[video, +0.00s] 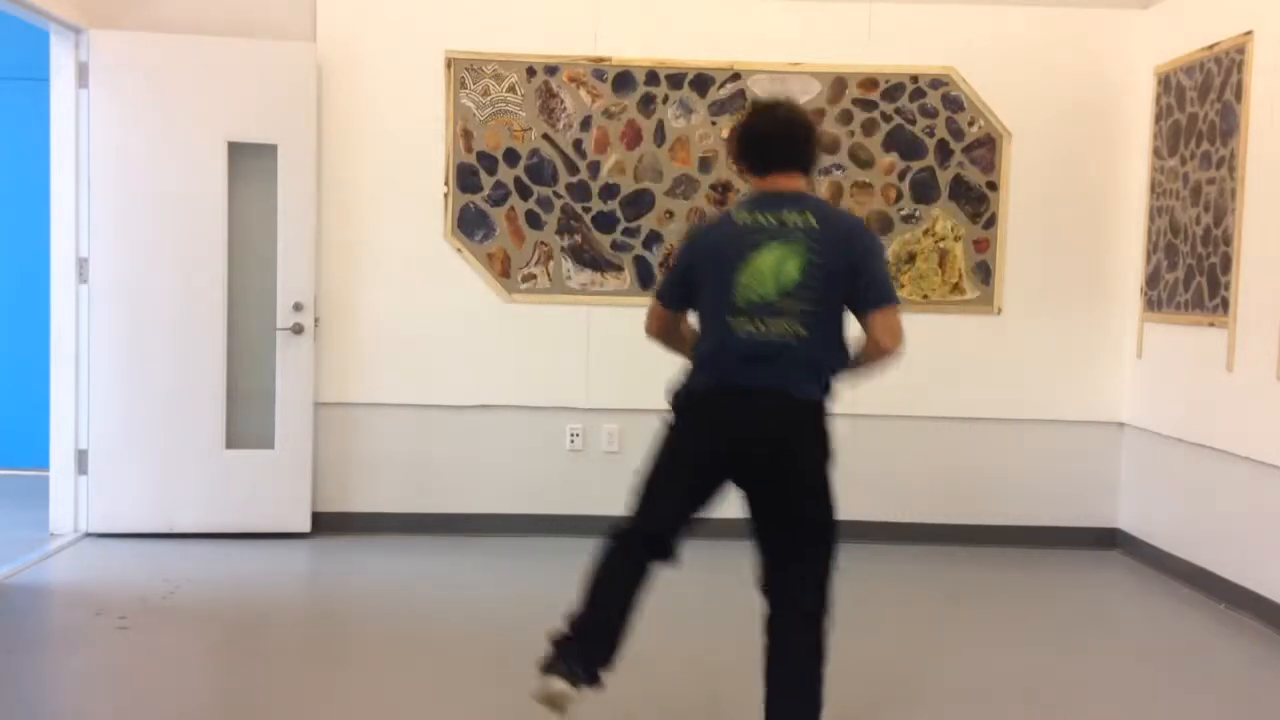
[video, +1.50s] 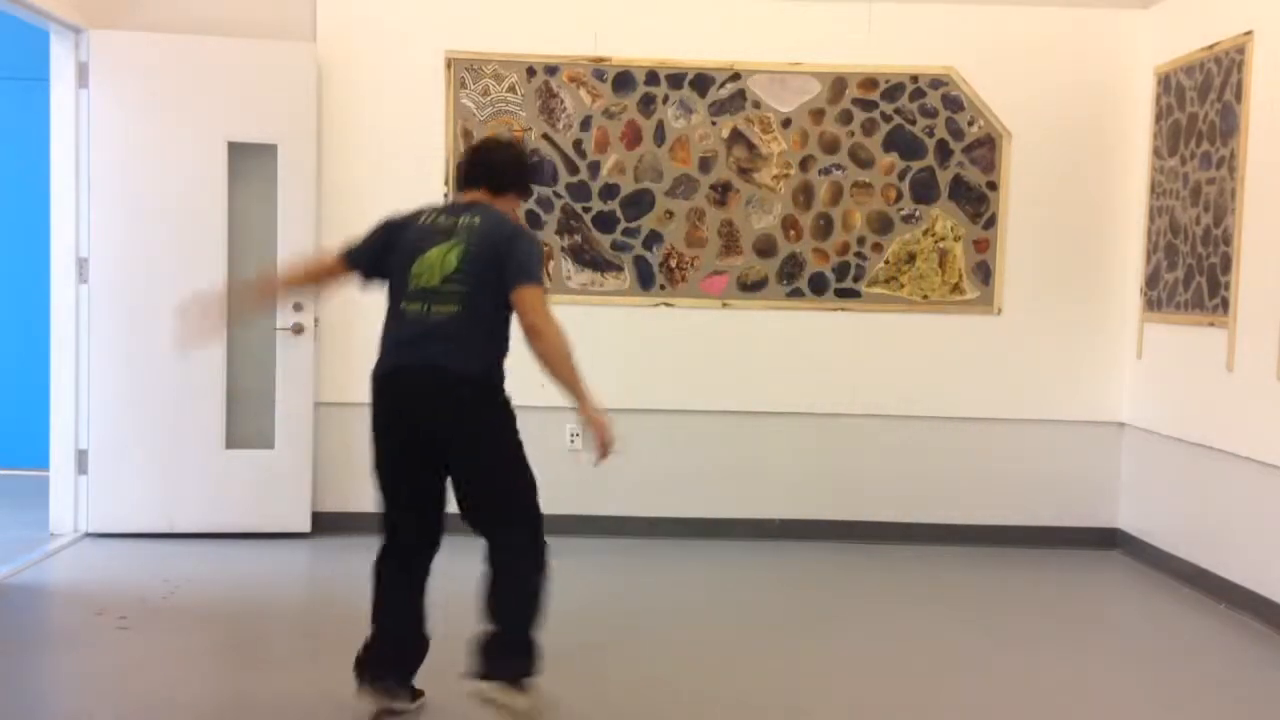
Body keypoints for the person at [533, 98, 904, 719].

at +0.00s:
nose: (741, 169)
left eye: (741, 159)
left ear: (743, 162)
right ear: (810, 159)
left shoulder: (716, 233)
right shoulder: (847, 234)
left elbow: (660, 324)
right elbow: (886, 338)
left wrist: (714, 351)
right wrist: (833, 362)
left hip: (709, 417)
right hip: (791, 424)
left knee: (643, 536)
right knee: (798, 584)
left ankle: (573, 664)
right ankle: (793, 711)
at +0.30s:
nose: (623, 190)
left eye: (621, 181)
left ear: (627, 180)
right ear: (688, 172)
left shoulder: (606, 245)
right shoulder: (727, 250)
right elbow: (716, 340)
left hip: (603, 440)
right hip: (684, 448)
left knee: (536, 571)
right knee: (675, 607)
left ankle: (450, 691)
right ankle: (675, 715)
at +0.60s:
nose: (479, 192)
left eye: (480, 182)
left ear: (484, 186)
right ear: (546, 183)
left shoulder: (462, 248)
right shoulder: (583, 255)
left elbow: (396, 325)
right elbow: (601, 363)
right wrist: (596, 454)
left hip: (474, 425)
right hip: (553, 430)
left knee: (434, 558)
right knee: (533, 547)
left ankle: (427, 699)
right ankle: (578, 656)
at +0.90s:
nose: (428, 187)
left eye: (427, 178)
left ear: (428, 178)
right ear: (487, 178)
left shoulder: (413, 230)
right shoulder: (522, 245)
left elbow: (325, 285)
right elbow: (565, 334)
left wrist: (246, 263)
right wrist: (592, 411)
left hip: (408, 406)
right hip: (478, 413)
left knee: (370, 526)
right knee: (432, 519)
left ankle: (409, 649)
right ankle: (406, 638)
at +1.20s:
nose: (473, 175)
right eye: (471, 166)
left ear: (406, 168)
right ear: (467, 168)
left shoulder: (369, 225)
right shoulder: (489, 222)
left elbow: (343, 330)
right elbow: (529, 312)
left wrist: (353, 393)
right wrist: (534, 393)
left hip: (394, 394)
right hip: (468, 394)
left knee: (387, 521)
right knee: (462, 517)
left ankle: (380, 663)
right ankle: (451, 635)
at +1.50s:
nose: (522, 213)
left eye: (523, 203)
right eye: (521, 202)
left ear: (464, 185)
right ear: (506, 194)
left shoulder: (409, 226)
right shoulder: (510, 235)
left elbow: (323, 269)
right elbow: (535, 319)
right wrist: (586, 403)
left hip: (397, 396)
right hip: (469, 398)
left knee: (409, 531)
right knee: (516, 527)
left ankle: (387, 672)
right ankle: (506, 662)